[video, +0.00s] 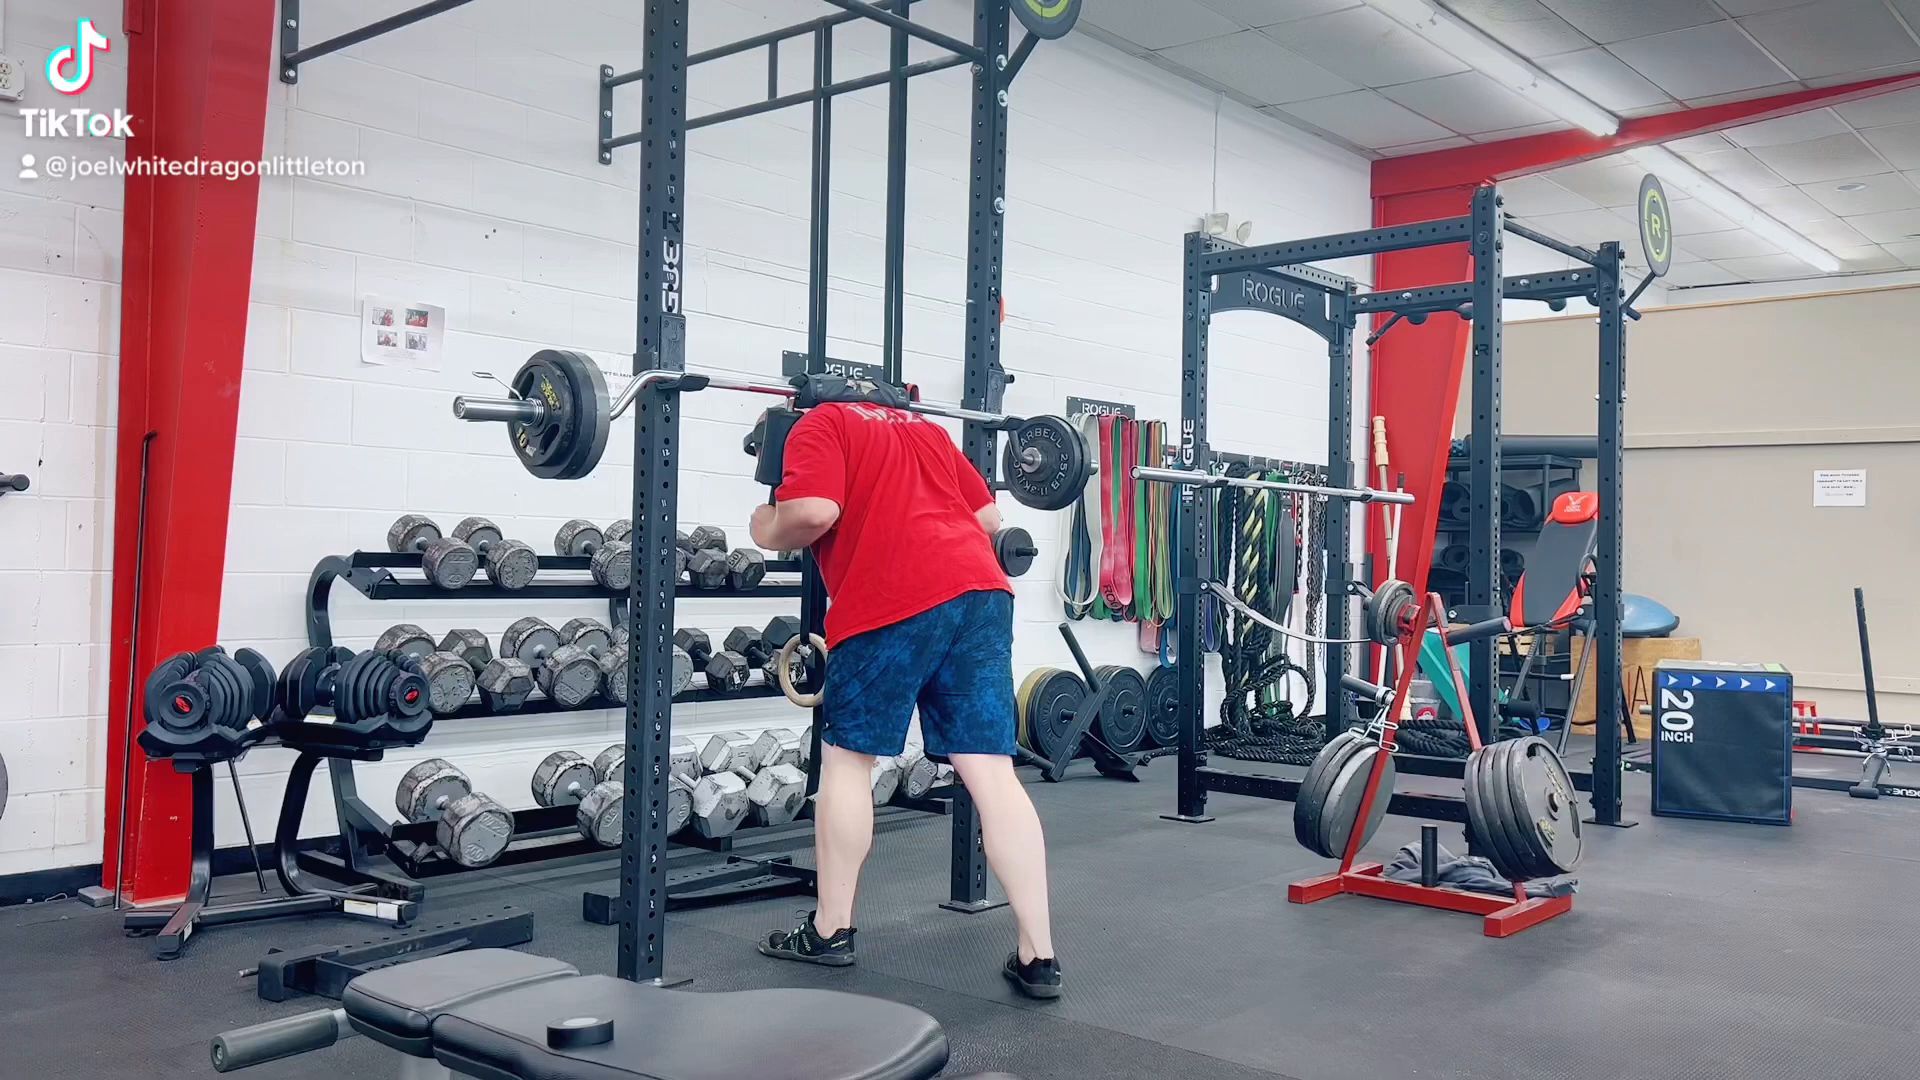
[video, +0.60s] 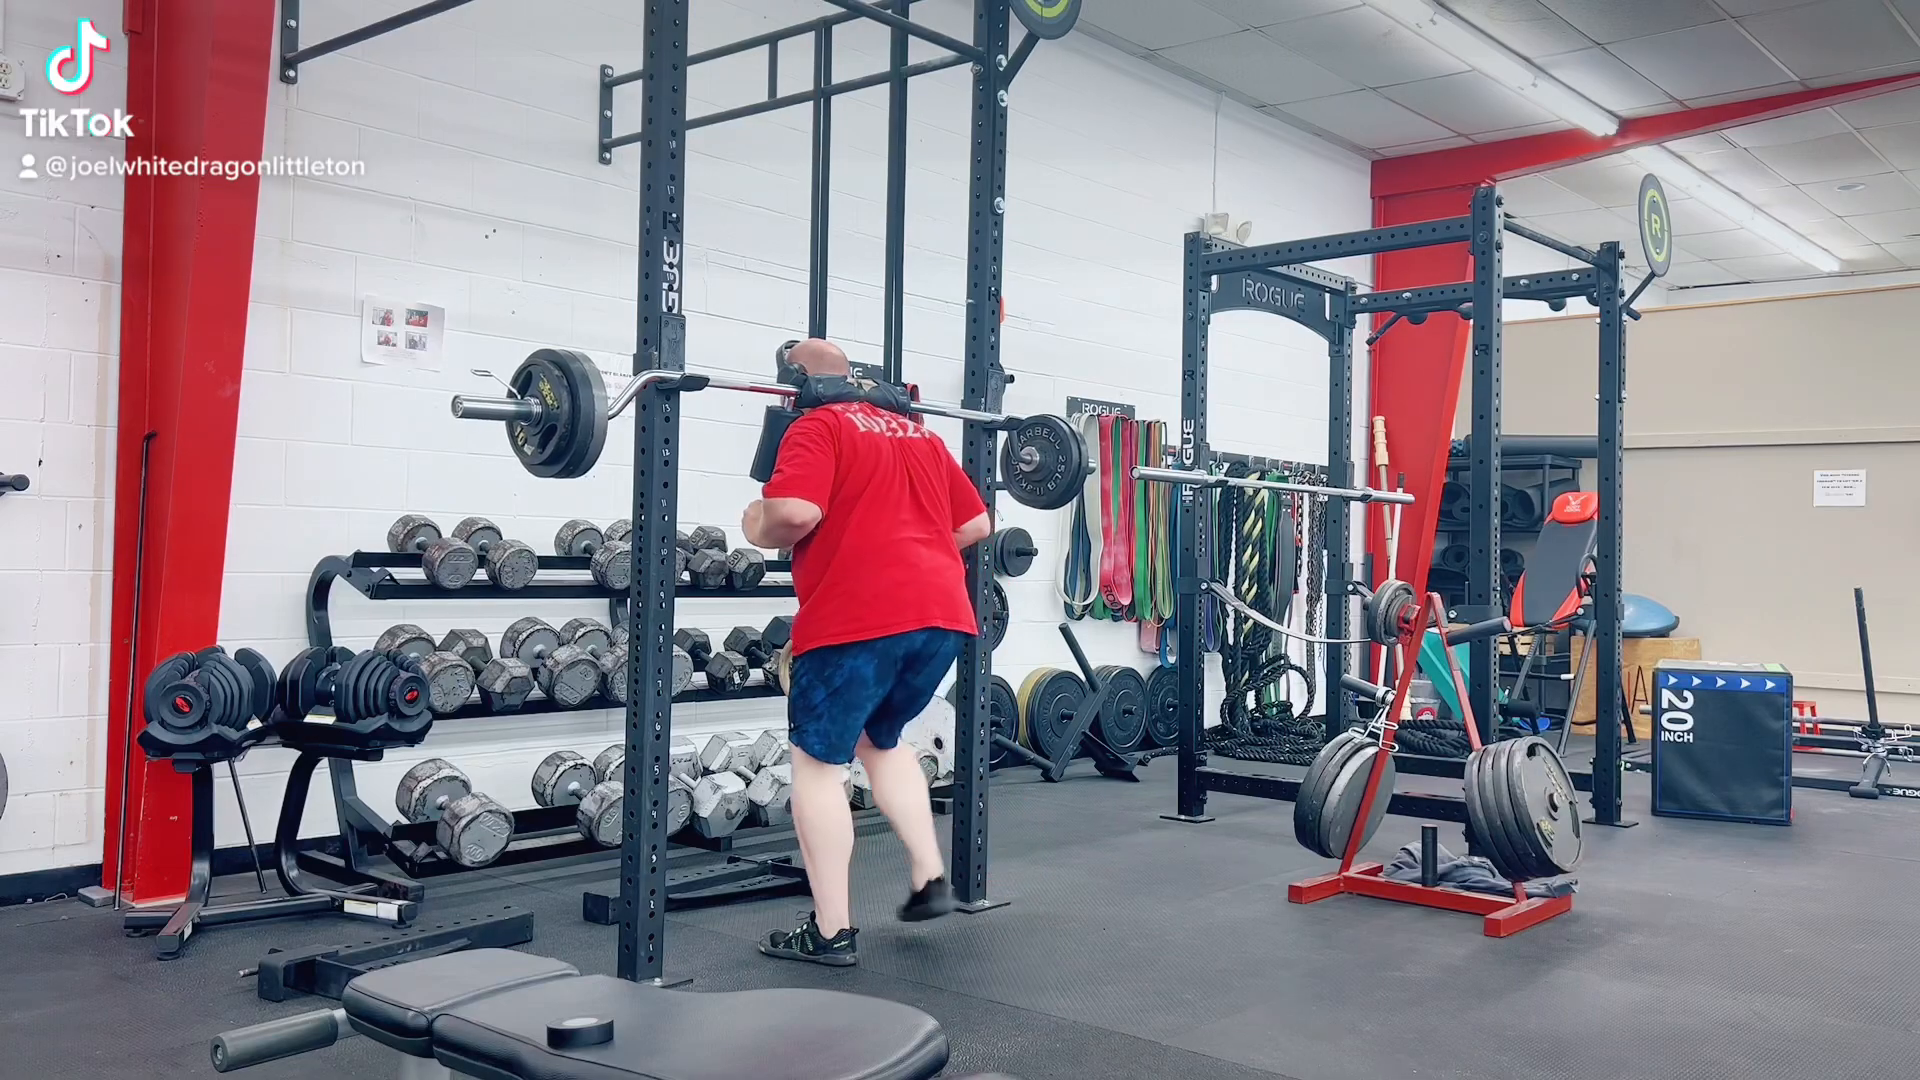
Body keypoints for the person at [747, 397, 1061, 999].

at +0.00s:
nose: (793, 420)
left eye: (797, 410)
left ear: (816, 401)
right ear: (881, 399)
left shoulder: (820, 421)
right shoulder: (929, 432)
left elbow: (817, 510)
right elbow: (988, 517)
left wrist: (768, 529)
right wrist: (927, 541)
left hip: (891, 595)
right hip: (983, 588)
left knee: (849, 757)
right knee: (991, 765)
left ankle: (831, 931)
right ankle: (1039, 955)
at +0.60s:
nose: (787, 398)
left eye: (786, 387)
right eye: (787, 386)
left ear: (798, 386)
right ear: (851, 379)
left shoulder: (815, 425)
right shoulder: (918, 433)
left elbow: (799, 511)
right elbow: (976, 524)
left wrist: (760, 527)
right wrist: (917, 550)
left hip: (856, 615)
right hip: (943, 614)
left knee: (818, 763)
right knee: (883, 737)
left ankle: (832, 931)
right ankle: (930, 878)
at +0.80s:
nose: (784, 396)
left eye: (784, 384)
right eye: (785, 382)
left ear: (795, 386)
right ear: (851, 379)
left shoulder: (818, 431)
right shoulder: (914, 434)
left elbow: (804, 521)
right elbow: (975, 519)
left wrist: (758, 525)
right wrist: (913, 549)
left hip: (861, 629)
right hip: (942, 628)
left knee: (786, 763)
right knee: (868, 758)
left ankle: (806, 931)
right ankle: (899, 906)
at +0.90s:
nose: (784, 393)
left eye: (785, 381)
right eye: (786, 380)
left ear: (798, 381)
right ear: (852, 375)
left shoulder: (817, 429)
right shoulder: (913, 434)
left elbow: (800, 519)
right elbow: (972, 520)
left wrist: (754, 523)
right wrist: (911, 545)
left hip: (852, 627)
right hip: (934, 629)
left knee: (782, 760)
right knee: (864, 758)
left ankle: (802, 931)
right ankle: (901, 906)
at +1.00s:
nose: (786, 394)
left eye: (786, 381)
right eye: (788, 380)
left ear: (799, 383)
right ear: (854, 375)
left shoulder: (818, 432)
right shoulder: (912, 433)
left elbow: (802, 521)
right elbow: (973, 521)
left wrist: (756, 522)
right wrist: (909, 545)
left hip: (846, 631)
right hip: (928, 632)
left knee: (777, 765)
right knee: (859, 763)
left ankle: (800, 933)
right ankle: (913, 906)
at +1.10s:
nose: (785, 386)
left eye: (787, 374)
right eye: (789, 373)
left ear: (799, 379)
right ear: (857, 374)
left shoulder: (816, 430)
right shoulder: (909, 432)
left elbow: (791, 519)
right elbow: (966, 522)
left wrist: (746, 513)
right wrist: (902, 546)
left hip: (831, 635)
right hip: (912, 636)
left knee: (772, 770)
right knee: (850, 766)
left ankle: (800, 934)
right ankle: (911, 906)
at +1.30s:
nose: (776, 375)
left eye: (778, 365)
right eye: (779, 365)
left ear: (792, 367)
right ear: (849, 357)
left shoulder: (809, 417)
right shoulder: (902, 416)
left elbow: (775, 507)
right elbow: (953, 512)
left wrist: (733, 489)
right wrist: (888, 534)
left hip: (819, 625)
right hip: (900, 625)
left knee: (765, 764)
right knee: (848, 758)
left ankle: (800, 929)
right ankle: (906, 903)